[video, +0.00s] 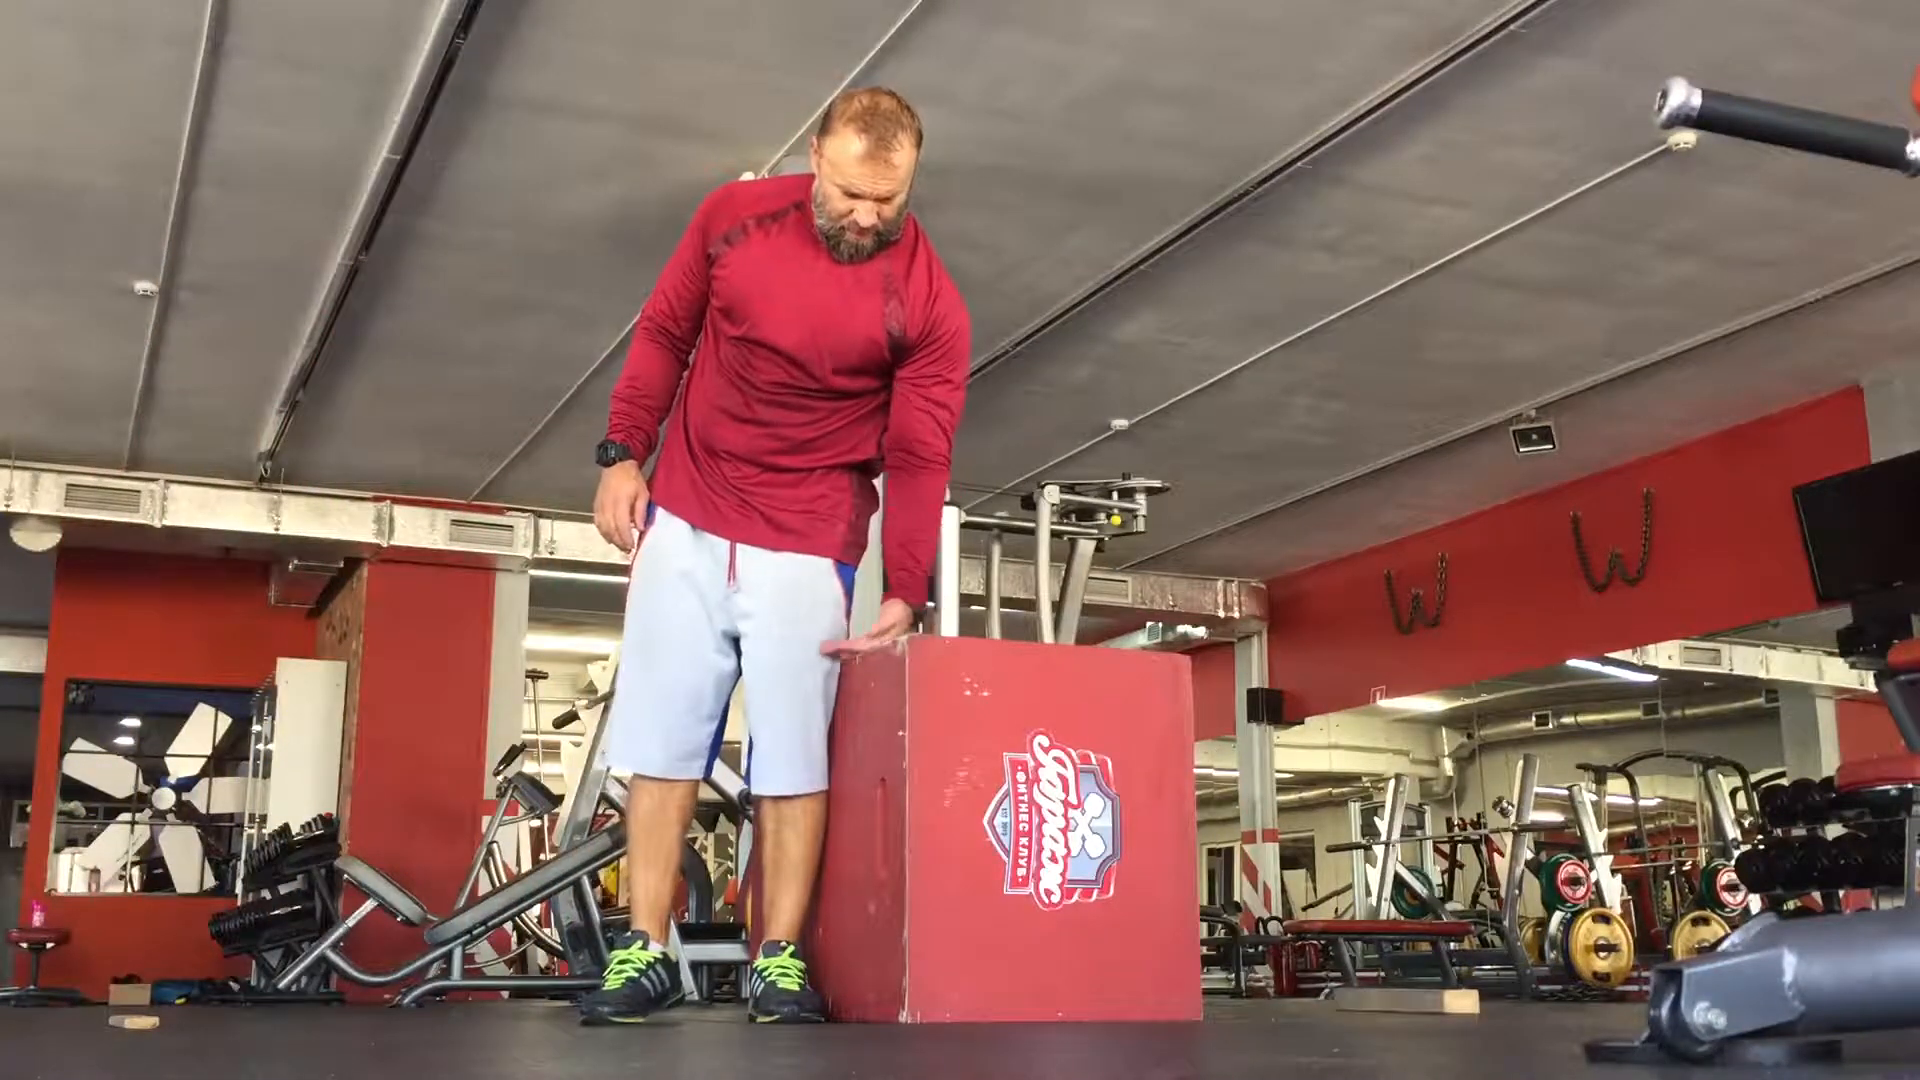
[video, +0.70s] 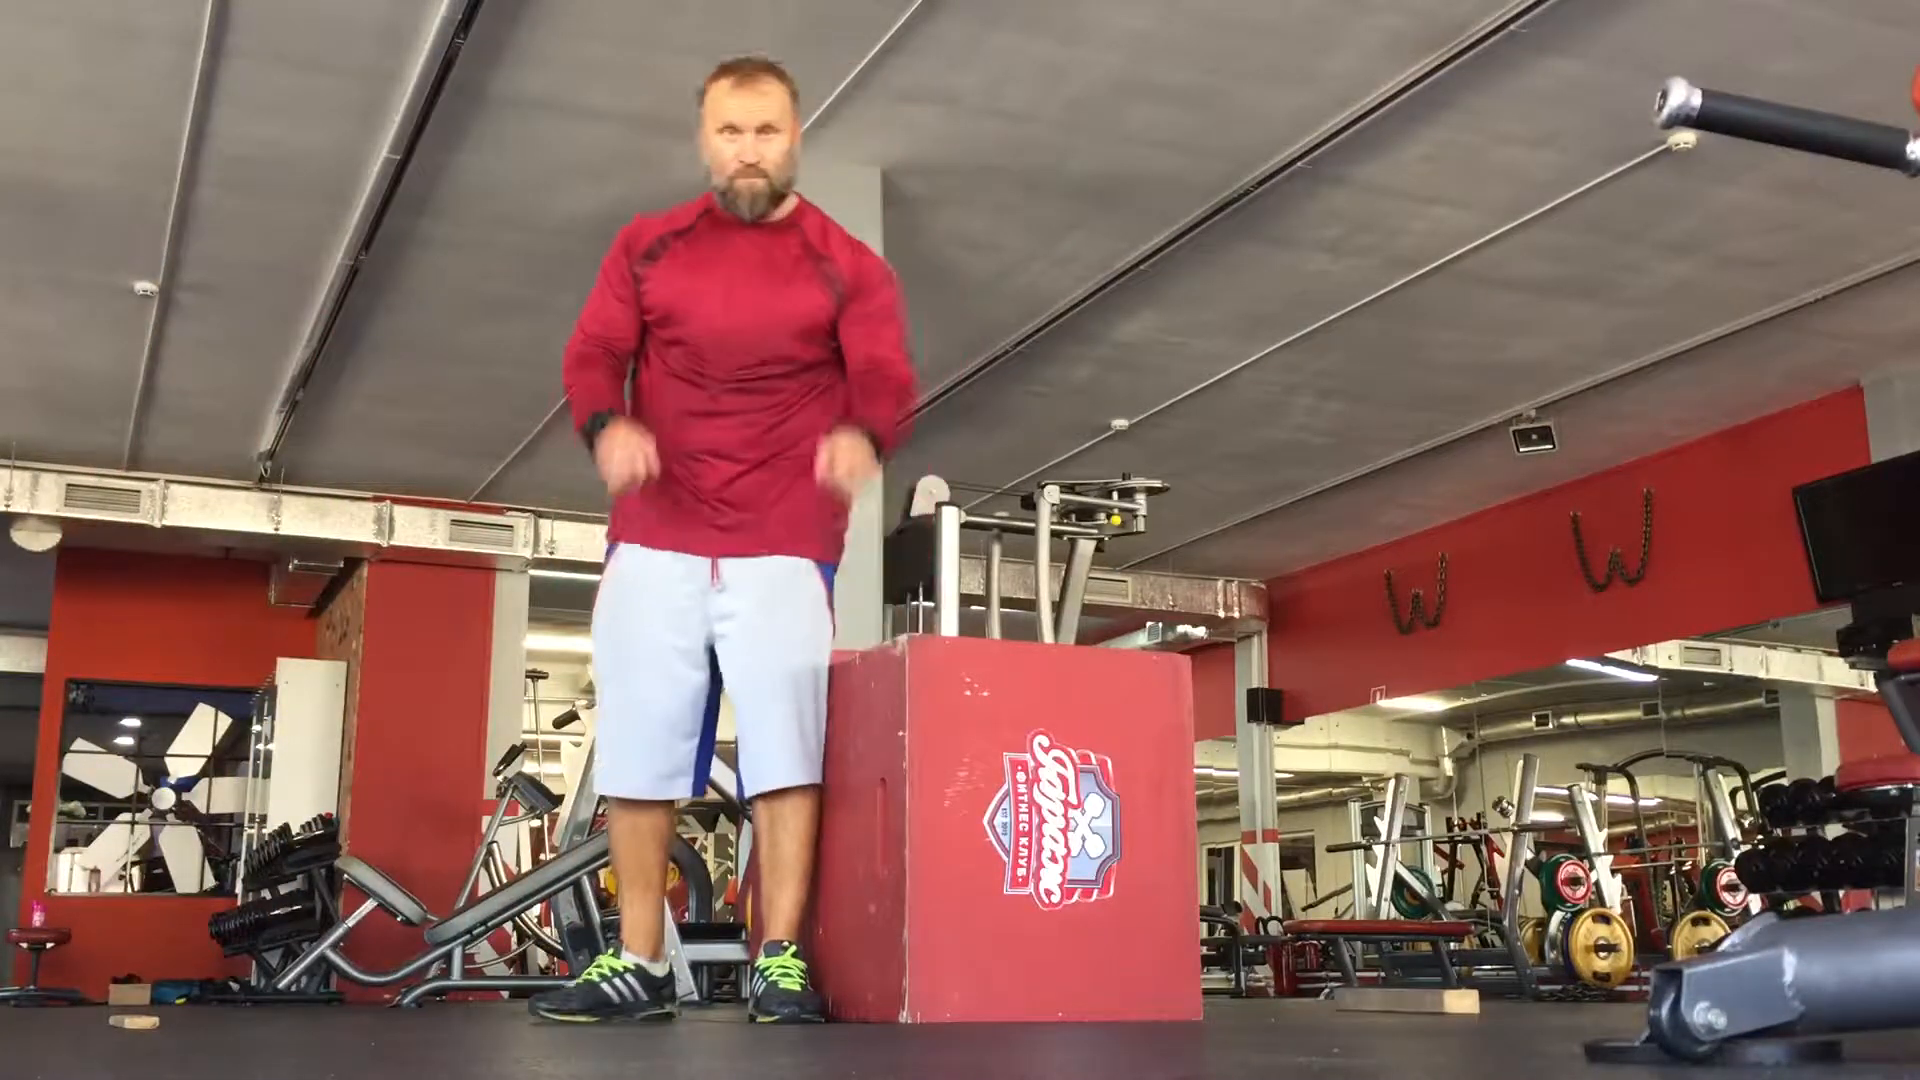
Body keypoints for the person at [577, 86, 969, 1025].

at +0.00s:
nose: (861, 215)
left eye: (883, 200)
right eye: (845, 193)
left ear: (912, 185)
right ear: (814, 159)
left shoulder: (928, 307)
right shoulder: (735, 215)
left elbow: (918, 457)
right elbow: (663, 331)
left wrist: (905, 593)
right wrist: (622, 455)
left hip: (811, 532)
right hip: (688, 508)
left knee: (793, 745)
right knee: (662, 732)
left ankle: (778, 959)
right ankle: (647, 952)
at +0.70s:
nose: (747, 147)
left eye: (766, 129)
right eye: (729, 130)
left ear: (797, 139)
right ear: (702, 141)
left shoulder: (849, 268)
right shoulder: (647, 248)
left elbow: (887, 380)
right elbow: (590, 356)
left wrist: (861, 433)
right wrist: (608, 423)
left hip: (784, 531)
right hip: (656, 528)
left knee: (782, 742)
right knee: (636, 740)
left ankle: (779, 958)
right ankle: (640, 964)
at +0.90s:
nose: (676, 167)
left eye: (694, 150)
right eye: (657, 153)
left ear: (726, 162)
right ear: (634, 169)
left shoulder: (767, 253)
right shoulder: (597, 252)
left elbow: (805, 279)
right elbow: (567, 291)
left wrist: (798, 280)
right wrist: (605, 288)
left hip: (741, 549)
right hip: (615, 553)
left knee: (762, 750)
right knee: (618, 754)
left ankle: (775, 958)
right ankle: (636, 963)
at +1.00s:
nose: (646, 174)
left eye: (662, 157)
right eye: (627, 161)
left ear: (694, 163)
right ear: (602, 173)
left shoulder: (736, 255)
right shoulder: (568, 258)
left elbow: (766, 280)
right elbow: (545, 288)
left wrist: (760, 252)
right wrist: (587, 264)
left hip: (714, 547)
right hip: (593, 556)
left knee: (739, 742)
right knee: (606, 758)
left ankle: (764, 953)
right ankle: (636, 964)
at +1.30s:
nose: (566, 175)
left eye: (582, 156)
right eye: (546, 161)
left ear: (614, 163)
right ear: (525, 176)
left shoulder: (659, 253)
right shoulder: (505, 270)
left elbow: (690, 278)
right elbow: (452, 329)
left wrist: (717, 253)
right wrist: (469, 282)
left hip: (627, 522)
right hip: (529, 532)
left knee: (607, 720)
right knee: (569, 739)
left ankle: (579, 940)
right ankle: (631, 958)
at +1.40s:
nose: (532, 168)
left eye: (549, 148)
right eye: (513, 153)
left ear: (585, 156)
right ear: (493, 170)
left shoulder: (634, 254)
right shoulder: (463, 276)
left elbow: (687, 295)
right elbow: (391, 356)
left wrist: (739, 275)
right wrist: (381, 275)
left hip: (599, 525)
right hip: (497, 536)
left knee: (546, 716)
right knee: (551, 744)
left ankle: (481, 940)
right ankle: (636, 963)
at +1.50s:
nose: (491, 160)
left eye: (510, 140)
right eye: (473, 145)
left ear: (548, 147)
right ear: (455, 161)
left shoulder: (602, 250)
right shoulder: (427, 279)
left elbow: (665, 313)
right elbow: (339, 349)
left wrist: (749, 291)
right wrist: (297, 242)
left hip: (564, 527)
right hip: (473, 535)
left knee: (474, 730)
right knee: (559, 758)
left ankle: (380, 945)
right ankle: (635, 963)